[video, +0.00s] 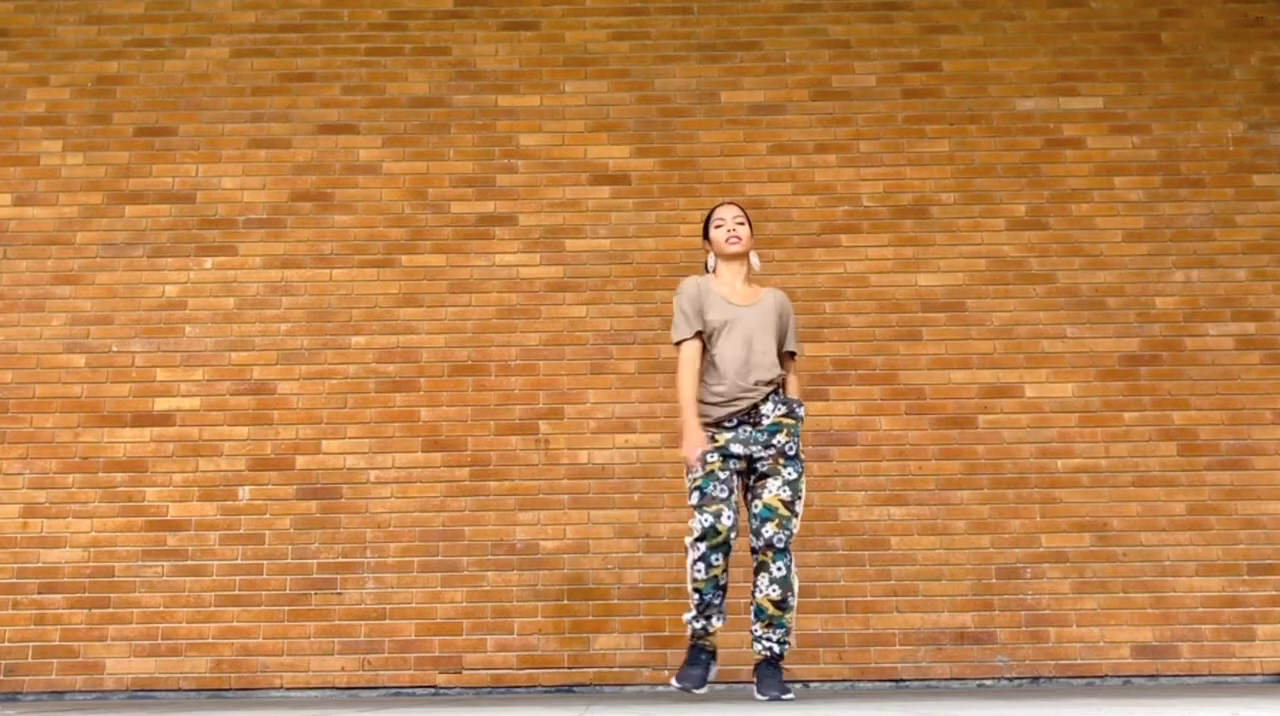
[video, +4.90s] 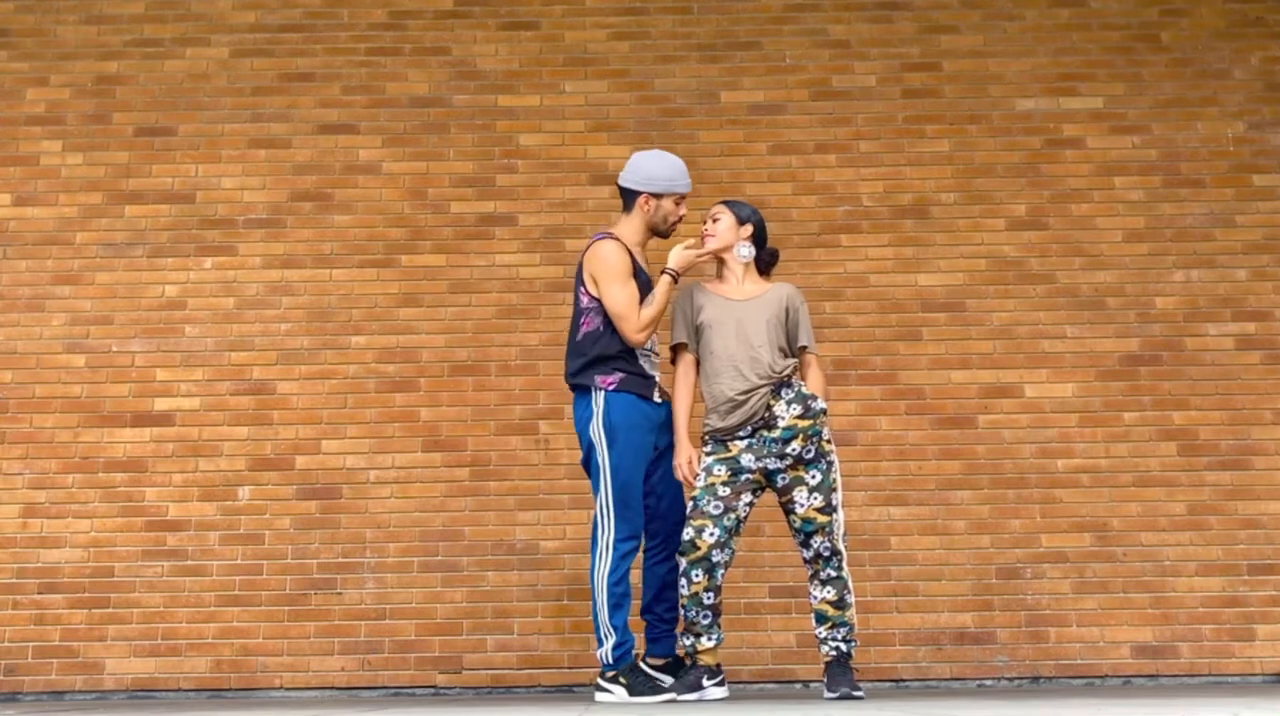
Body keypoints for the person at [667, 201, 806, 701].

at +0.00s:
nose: (731, 228)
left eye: (739, 222)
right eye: (721, 224)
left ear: (753, 237)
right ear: (708, 242)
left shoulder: (776, 300)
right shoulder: (694, 290)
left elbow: (788, 370)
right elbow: (688, 363)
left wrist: (793, 423)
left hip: (775, 427)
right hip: (716, 428)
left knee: (773, 540)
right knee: (711, 534)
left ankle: (770, 661)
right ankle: (700, 648)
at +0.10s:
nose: (728, 222)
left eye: (735, 216)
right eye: (717, 218)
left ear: (749, 232)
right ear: (703, 238)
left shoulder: (771, 298)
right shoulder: (683, 288)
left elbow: (782, 370)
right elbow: (634, 346)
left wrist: (793, 417)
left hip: (771, 423)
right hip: (707, 424)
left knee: (779, 537)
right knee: (702, 523)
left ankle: (774, 659)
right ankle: (666, 639)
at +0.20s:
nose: (720, 219)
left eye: (728, 213)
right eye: (709, 215)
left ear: (742, 230)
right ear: (695, 235)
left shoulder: (759, 295)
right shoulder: (670, 282)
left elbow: (766, 365)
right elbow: (613, 325)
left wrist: (776, 414)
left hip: (764, 424)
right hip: (700, 429)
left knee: (802, 527)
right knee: (691, 530)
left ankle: (798, 648)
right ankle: (648, 649)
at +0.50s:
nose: (735, 216)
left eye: (743, 209)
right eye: (724, 212)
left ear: (759, 224)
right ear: (711, 231)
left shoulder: (773, 288)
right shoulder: (688, 280)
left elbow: (776, 357)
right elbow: (642, 324)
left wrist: (792, 402)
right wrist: (618, 319)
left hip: (770, 431)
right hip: (704, 436)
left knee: (801, 542)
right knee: (682, 547)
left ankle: (834, 659)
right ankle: (642, 662)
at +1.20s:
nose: (699, 242)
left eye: (710, 233)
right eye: (696, 233)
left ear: (738, 242)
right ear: (694, 241)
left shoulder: (767, 301)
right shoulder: (680, 298)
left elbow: (775, 369)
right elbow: (668, 359)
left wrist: (789, 392)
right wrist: (654, 391)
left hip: (766, 434)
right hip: (704, 439)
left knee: (805, 540)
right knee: (667, 537)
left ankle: (835, 659)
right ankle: (665, 653)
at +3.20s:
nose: (750, 233)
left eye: (756, 224)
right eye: (738, 228)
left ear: (770, 232)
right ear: (725, 242)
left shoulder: (794, 303)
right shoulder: (705, 292)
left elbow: (818, 369)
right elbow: (691, 363)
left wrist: (817, 412)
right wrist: (686, 431)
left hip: (797, 436)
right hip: (732, 442)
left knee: (824, 545)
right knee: (705, 546)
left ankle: (839, 663)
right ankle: (707, 666)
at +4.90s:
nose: (705, 227)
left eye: (717, 219)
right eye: (705, 220)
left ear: (746, 234)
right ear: (709, 239)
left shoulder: (786, 296)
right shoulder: (692, 297)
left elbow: (810, 367)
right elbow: (684, 369)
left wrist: (813, 419)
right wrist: (681, 440)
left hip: (791, 438)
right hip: (725, 444)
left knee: (822, 545)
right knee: (700, 544)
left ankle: (839, 661)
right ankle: (705, 664)